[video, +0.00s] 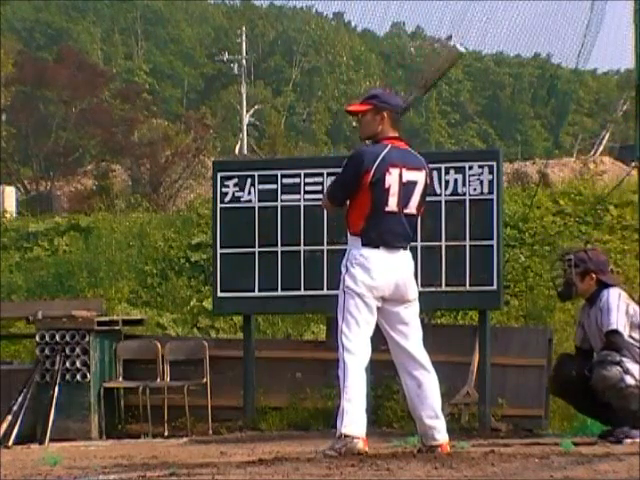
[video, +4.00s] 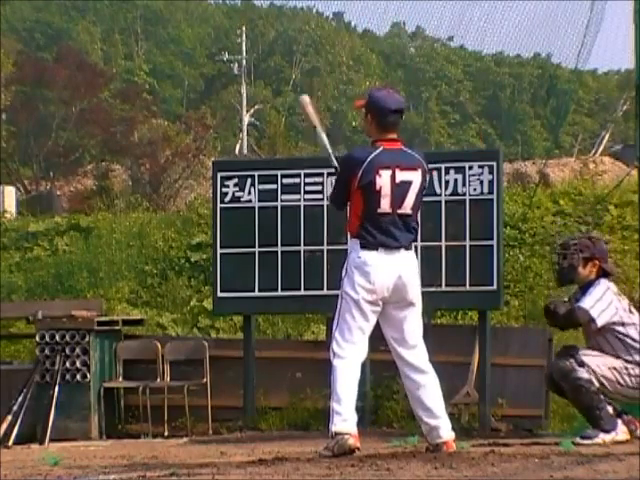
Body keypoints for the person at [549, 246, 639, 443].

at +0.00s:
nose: (566, 281)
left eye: (572, 276)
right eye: (566, 276)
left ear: (591, 278)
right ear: (589, 279)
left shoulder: (611, 297)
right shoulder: (586, 310)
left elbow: (616, 343)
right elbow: (583, 353)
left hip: (635, 371)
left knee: (605, 368)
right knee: (563, 372)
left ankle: (632, 426)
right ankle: (618, 424)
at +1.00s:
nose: (566, 282)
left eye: (574, 277)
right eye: (566, 276)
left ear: (595, 282)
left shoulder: (607, 299)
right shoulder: (581, 311)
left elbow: (615, 349)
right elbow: (584, 356)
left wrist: (570, 362)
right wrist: (559, 367)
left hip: (634, 371)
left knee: (601, 370)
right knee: (557, 385)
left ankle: (632, 425)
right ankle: (618, 424)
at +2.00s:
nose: (571, 282)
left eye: (579, 276)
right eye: (571, 275)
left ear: (601, 281)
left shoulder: (615, 299)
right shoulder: (591, 307)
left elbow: (622, 349)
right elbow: (603, 348)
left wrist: (582, 349)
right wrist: (566, 360)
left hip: (634, 371)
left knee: (606, 367)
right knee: (559, 378)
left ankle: (633, 425)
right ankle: (617, 423)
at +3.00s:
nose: (577, 279)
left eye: (584, 273)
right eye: (577, 274)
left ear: (607, 278)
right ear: (604, 279)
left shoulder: (621, 299)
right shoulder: (598, 307)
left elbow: (623, 351)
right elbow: (592, 346)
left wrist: (577, 353)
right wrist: (565, 343)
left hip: (635, 375)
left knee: (605, 367)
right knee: (557, 379)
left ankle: (634, 426)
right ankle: (619, 424)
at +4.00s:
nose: (566, 264)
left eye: (574, 259)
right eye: (566, 258)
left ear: (594, 266)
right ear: (593, 266)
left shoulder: (602, 288)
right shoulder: (589, 290)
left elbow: (574, 318)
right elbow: (568, 310)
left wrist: (554, 310)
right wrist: (555, 311)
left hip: (633, 371)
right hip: (621, 368)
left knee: (567, 363)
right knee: (556, 373)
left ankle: (611, 428)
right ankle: (620, 421)